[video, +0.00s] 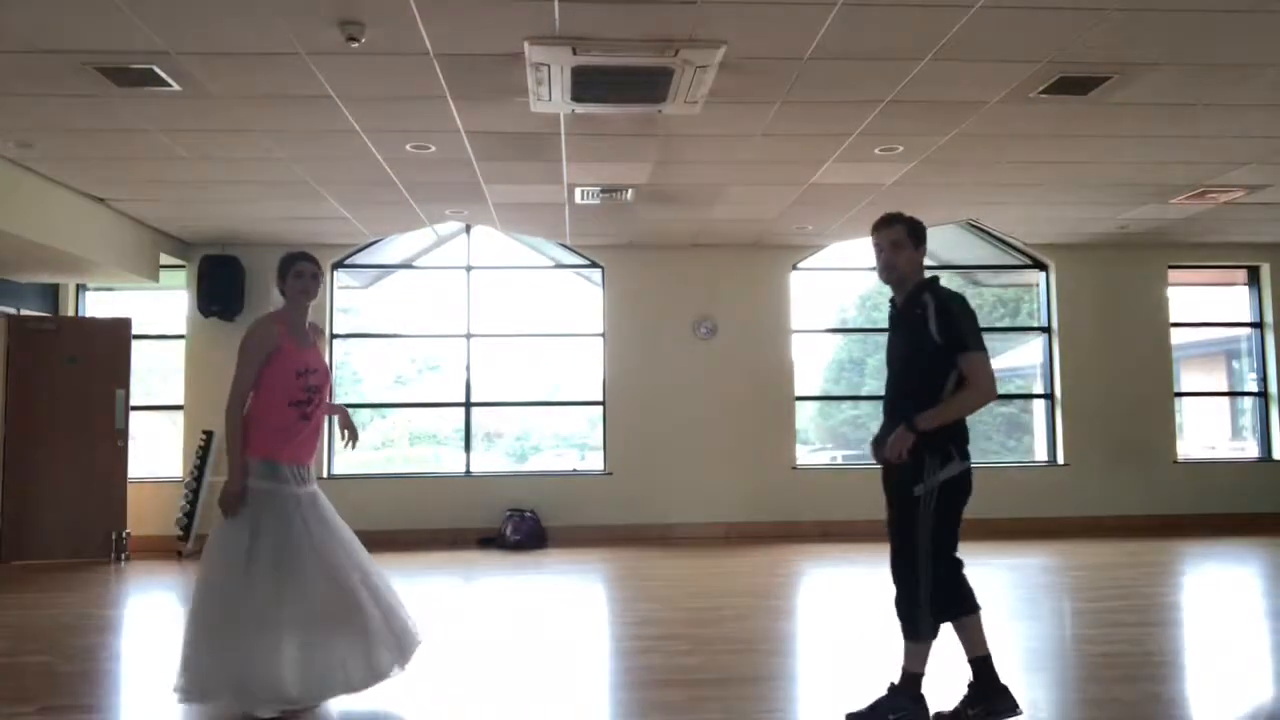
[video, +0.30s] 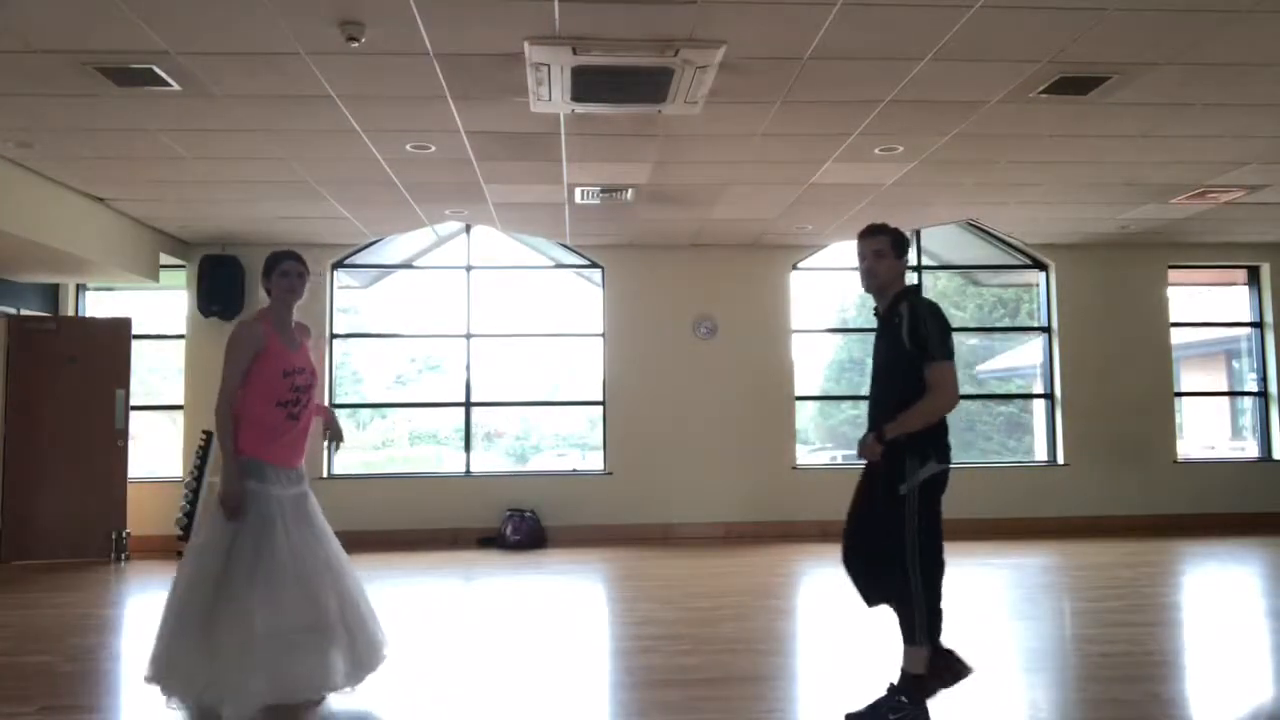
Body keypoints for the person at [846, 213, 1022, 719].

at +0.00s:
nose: (882, 258)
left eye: (891, 248)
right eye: (878, 250)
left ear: (918, 251)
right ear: (877, 257)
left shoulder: (945, 305)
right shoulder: (901, 311)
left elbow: (983, 386)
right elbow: (913, 384)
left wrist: (914, 425)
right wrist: (891, 432)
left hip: (936, 462)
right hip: (908, 462)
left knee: (917, 573)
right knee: (941, 569)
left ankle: (908, 694)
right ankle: (989, 685)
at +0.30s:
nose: (868, 267)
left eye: (878, 257)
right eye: (863, 259)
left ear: (901, 262)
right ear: (861, 267)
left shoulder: (921, 313)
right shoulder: (888, 318)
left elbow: (946, 393)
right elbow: (900, 391)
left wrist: (885, 433)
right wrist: (879, 438)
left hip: (918, 457)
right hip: (891, 456)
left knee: (915, 562)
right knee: (863, 553)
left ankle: (912, 689)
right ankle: (935, 655)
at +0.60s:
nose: (843, 272)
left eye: (851, 263)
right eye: (842, 264)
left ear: (880, 266)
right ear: (858, 269)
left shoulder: (906, 314)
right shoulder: (871, 321)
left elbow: (921, 396)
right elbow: (870, 399)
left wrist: (884, 461)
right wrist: (849, 455)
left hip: (907, 464)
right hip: (875, 464)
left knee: (903, 567)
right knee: (876, 567)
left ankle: (908, 687)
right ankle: (893, 675)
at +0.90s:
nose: (838, 274)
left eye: (846, 265)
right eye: (837, 266)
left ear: (874, 267)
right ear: (858, 271)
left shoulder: (902, 313)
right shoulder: (864, 326)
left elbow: (928, 391)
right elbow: (859, 403)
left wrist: (910, 464)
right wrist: (824, 463)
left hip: (902, 461)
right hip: (872, 462)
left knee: (895, 567)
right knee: (879, 566)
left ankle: (905, 684)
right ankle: (894, 674)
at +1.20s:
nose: (846, 269)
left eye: (854, 261)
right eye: (846, 262)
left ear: (884, 265)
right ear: (861, 269)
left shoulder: (912, 314)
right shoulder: (866, 324)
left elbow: (935, 392)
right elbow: (868, 403)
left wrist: (912, 464)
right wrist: (848, 467)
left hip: (908, 462)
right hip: (875, 462)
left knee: (914, 571)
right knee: (885, 570)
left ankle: (944, 693)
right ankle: (897, 679)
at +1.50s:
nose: (869, 265)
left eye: (879, 257)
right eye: (869, 257)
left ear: (908, 263)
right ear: (881, 264)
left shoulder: (938, 315)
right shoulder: (887, 326)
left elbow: (959, 399)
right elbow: (889, 410)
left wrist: (932, 472)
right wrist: (870, 475)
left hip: (933, 472)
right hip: (894, 471)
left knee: (938, 585)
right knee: (899, 577)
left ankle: (976, 707)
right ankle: (898, 679)